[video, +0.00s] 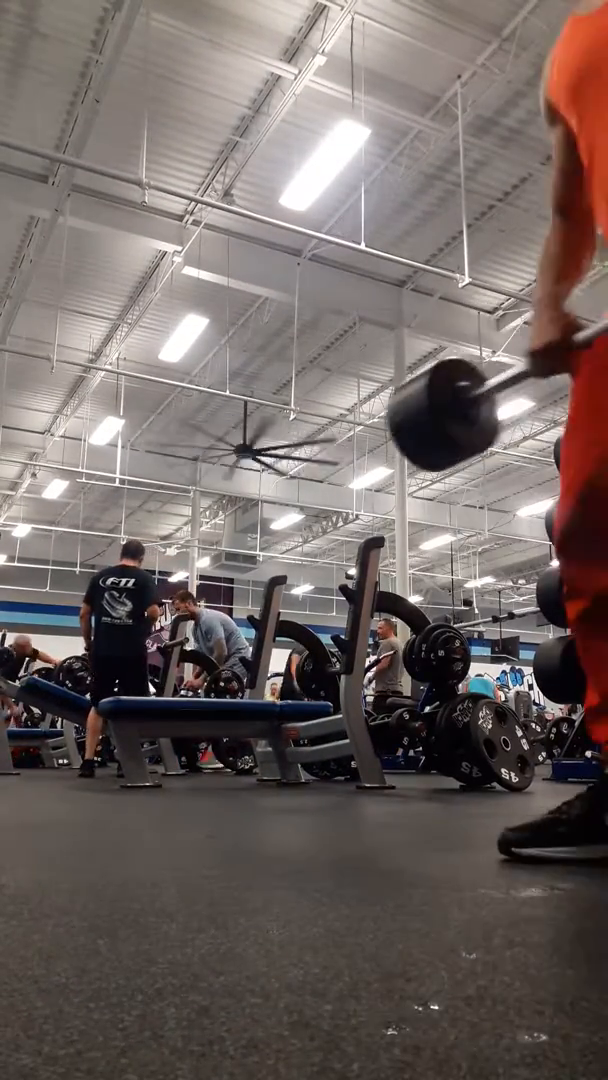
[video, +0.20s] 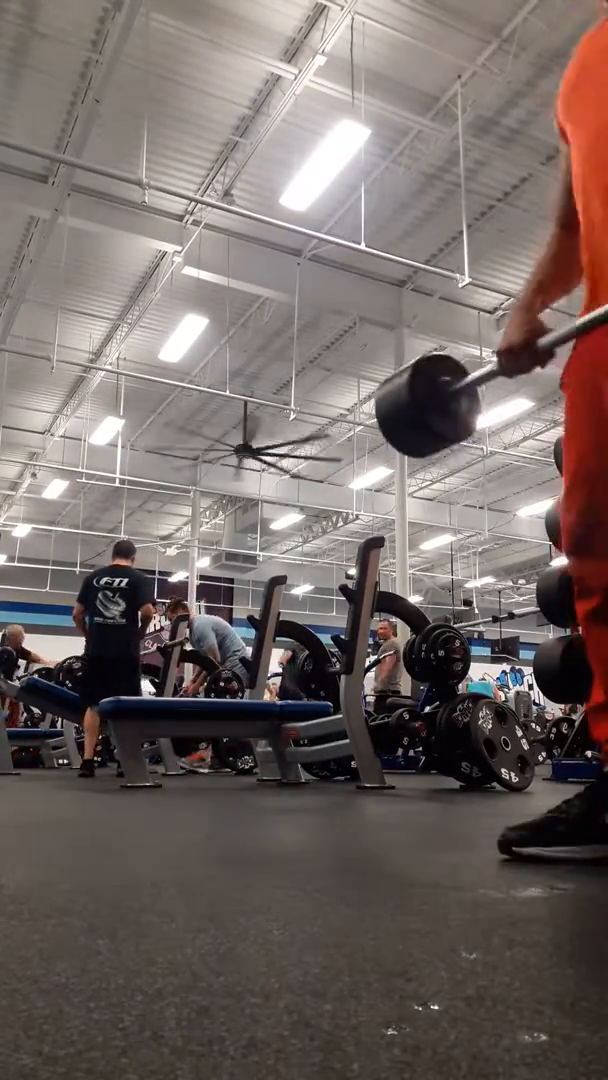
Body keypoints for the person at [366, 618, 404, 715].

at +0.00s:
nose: (378, 631)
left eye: (380, 628)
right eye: (378, 628)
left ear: (389, 628)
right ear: (389, 629)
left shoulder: (387, 643)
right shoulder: (397, 643)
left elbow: (384, 664)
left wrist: (371, 676)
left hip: (384, 692)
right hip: (396, 691)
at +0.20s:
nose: (380, 631)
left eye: (383, 628)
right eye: (379, 629)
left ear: (391, 630)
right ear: (377, 630)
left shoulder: (390, 644)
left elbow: (387, 667)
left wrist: (378, 685)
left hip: (387, 691)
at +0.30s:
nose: (382, 631)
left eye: (385, 628)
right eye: (380, 629)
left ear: (391, 630)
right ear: (377, 631)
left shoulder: (393, 644)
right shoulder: (383, 646)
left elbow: (396, 661)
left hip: (389, 690)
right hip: (382, 689)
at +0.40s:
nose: (382, 631)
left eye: (385, 628)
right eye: (380, 628)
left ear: (390, 630)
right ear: (377, 631)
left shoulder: (394, 644)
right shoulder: (379, 647)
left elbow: (401, 662)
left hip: (390, 688)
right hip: (380, 687)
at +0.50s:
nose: (381, 631)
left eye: (384, 628)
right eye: (379, 628)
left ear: (389, 630)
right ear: (376, 631)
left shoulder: (394, 643)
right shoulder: (377, 648)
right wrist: (377, 686)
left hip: (391, 689)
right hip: (380, 688)